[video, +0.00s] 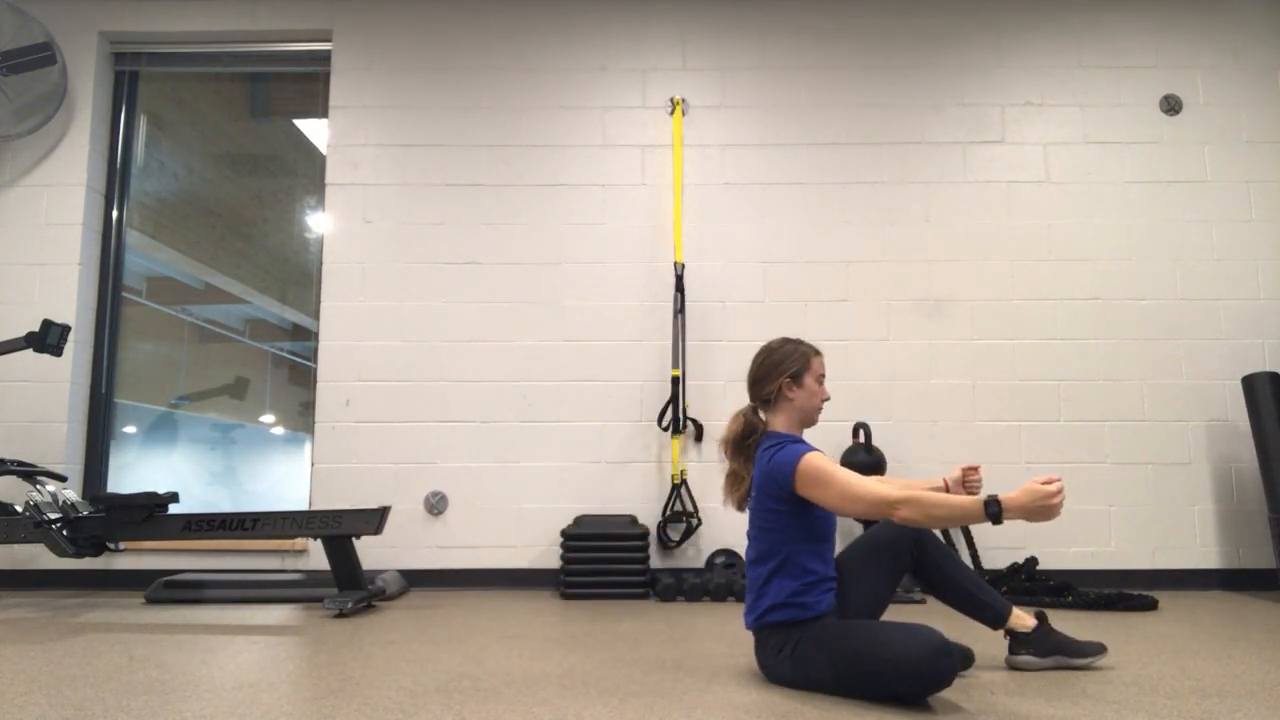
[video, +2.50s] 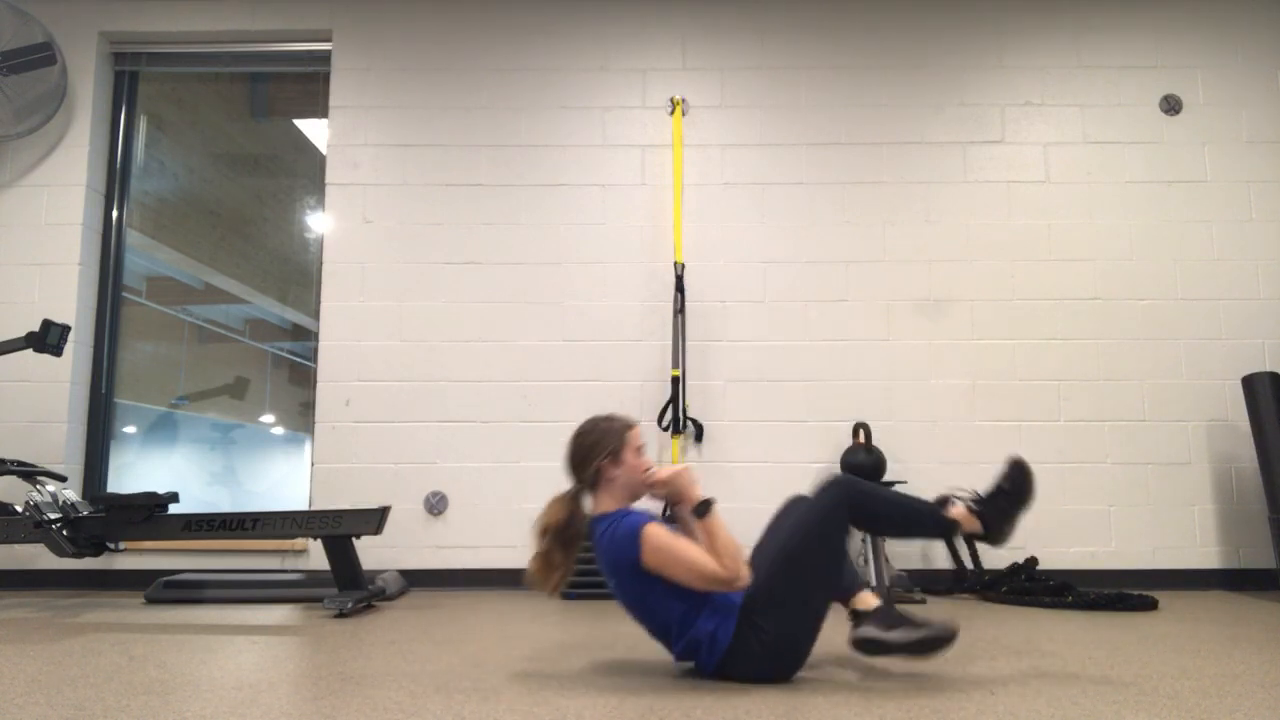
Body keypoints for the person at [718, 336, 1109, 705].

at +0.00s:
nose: (826, 393)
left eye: (823, 381)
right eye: (818, 381)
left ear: (784, 388)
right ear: (787, 387)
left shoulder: (786, 450)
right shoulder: (786, 458)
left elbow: (868, 502)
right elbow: (888, 504)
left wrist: (938, 488)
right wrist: (1006, 506)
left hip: (821, 610)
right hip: (792, 637)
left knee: (905, 533)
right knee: (932, 659)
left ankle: (1025, 630)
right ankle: (943, 652)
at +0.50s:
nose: (753, 401)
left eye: (749, 389)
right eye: (744, 391)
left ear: (715, 401)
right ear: (714, 402)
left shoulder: (723, 464)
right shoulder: (725, 470)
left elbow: (821, 494)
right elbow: (833, 498)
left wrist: (880, 467)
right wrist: (934, 466)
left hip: (790, 612)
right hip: (779, 644)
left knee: (900, 535)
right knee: (924, 590)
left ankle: (1019, 628)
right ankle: (905, 659)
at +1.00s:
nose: (617, 467)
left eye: (609, 459)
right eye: (605, 463)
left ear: (582, 485)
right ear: (581, 484)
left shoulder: (608, 535)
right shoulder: (613, 547)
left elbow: (705, 579)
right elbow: (720, 588)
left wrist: (706, 510)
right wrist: (723, 506)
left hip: (741, 624)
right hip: (750, 649)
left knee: (811, 482)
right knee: (842, 508)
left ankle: (950, 537)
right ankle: (921, 624)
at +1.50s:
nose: (500, 566)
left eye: (487, 565)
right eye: (484, 573)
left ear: (492, 605)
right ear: (484, 609)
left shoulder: (544, 615)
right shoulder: (546, 638)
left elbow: (644, 598)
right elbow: (652, 610)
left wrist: (578, 572)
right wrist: (578, 575)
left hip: (701, 604)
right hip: (714, 617)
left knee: (637, 461)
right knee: (634, 462)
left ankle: (743, 370)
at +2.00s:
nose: (502, 569)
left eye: (490, 566)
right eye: (487, 574)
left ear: (492, 607)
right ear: (482, 609)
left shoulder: (542, 621)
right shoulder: (542, 640)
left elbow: (641, 598)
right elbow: (646, 597)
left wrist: (570, 574)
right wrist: (571, 573)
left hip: (702, 604)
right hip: (708, 612)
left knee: (641, 454)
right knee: (639, 455)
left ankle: (766, 381)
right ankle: (766, 374)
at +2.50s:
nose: (654, 457)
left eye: (647, 448)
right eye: (641, 451)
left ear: (613, 469)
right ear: (610, 470)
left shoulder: (620, 525)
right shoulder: (630, 531)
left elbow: (721, 573)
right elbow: (735, 574)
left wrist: (687, 507)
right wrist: (695, 503)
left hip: (740, 638)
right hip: (753, 649)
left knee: (805, 505)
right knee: (839, 495)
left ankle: (869, 613)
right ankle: (975, 517)